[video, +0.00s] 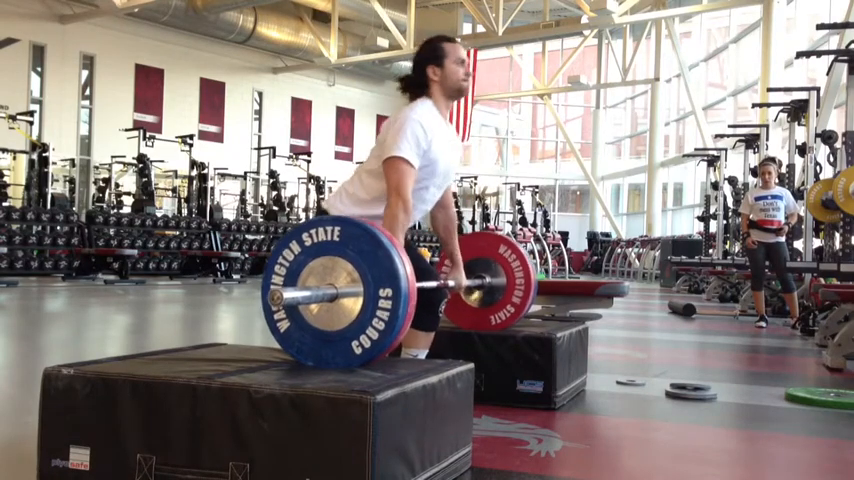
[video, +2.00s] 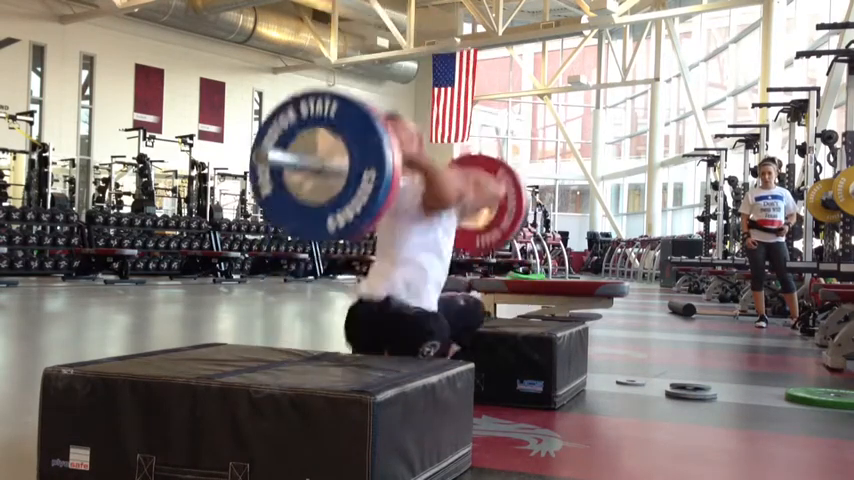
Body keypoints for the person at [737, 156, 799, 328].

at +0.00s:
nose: (766, 176)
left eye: (769, 173)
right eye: (763, 173)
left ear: (776, 174)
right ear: (759, 175)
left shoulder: (784, 193)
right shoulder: (751, 195)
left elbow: (794, 213)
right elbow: (744, 217)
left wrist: (788, 224)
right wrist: (746, 235)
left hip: (777, 240)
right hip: (756, 239)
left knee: (785, 276)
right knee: (757, 277)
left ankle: (795, 318)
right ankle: (761, 316)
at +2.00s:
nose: (766, 176)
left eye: (769, 173)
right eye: (763, 173)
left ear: (776, 174)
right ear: (759, 175)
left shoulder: (784, 193)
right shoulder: (751, 194)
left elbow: (792, 214)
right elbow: (744, 216)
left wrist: (787, 224)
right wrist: (746, 235)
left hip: (777, 240)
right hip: (757, 239)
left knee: (785, 276)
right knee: (757, 278)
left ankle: (795, 318)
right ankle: (761, 316)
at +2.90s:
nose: (765, 174)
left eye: (769, 171)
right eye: (762, 172)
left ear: (775, 173)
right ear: (758, 174)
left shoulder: (784, 193)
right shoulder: (751, 194)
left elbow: (792, 214)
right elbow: (744, 216)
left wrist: (787, 224)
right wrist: (746, 236)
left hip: (777, 239)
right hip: (757, 239)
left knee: (784, 275)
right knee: (757, 277)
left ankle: (795, 317)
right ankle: (761, 315)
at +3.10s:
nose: (766, 174)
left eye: (769, 170)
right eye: (763, 171)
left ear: (775, 173)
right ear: (759, 174)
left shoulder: (784, 193)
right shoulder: (751, 194)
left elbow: (792, 214)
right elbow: (744, 216)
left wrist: (787, 224)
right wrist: (746, 236)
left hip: (777, 239)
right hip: (757, 239)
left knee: (784, 275)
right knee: (757, 276)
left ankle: (795, 317)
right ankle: (761, 315)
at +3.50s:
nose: (766, 173)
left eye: (769, 170)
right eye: (763, 170)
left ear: (775, 173)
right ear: (759, 173)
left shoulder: (784, 193)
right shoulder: (751, 193)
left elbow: (792, 214)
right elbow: (744, 216)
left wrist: (788, 224)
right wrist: (746, 236)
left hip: (777, 239)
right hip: (757, 239)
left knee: (784, 275)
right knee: (757, 277)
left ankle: (795, 317)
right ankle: (761, 315)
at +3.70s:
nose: (766, 172)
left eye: (769, 169)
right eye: (763, 170)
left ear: (775, 172)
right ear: (759, 173)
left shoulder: (784, 192)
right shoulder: (752, 193)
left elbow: (792, 213)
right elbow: (744, 216)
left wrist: (788, 224)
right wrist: (746, 235)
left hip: (778, 239)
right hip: (757, 239)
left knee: (785, 275)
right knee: (757, 277)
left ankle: (795, 317)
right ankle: (761, 315)